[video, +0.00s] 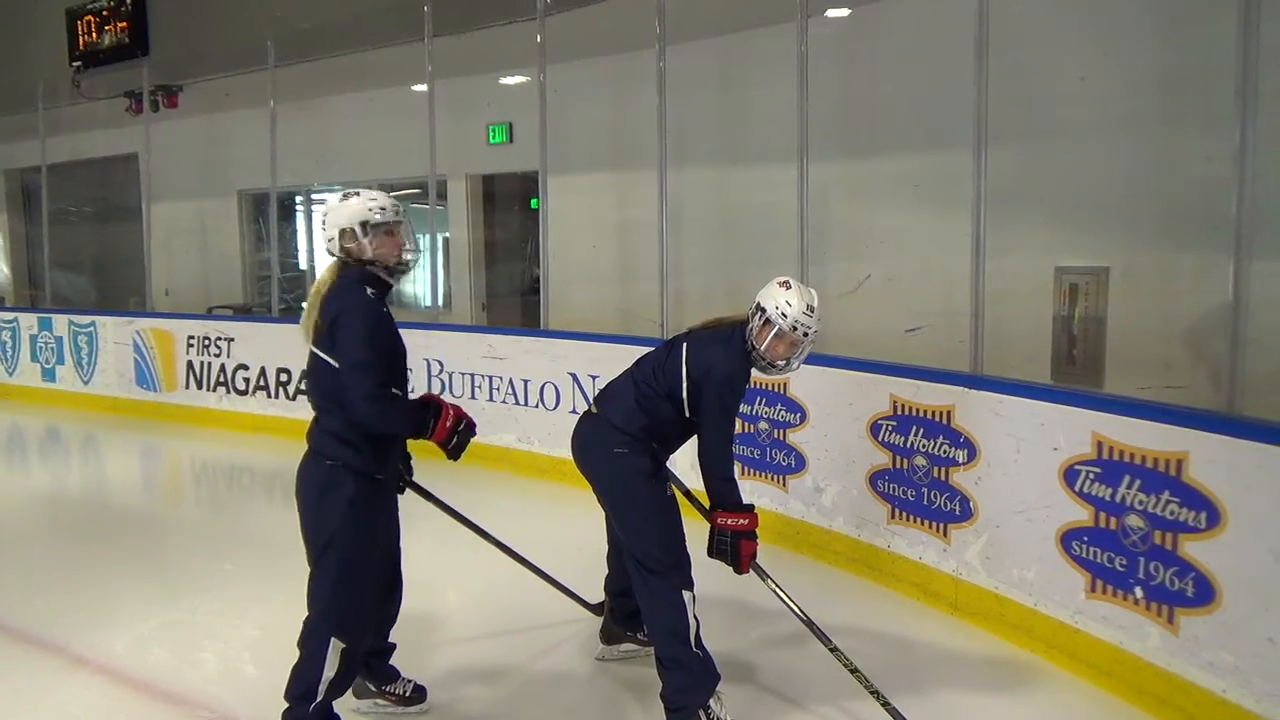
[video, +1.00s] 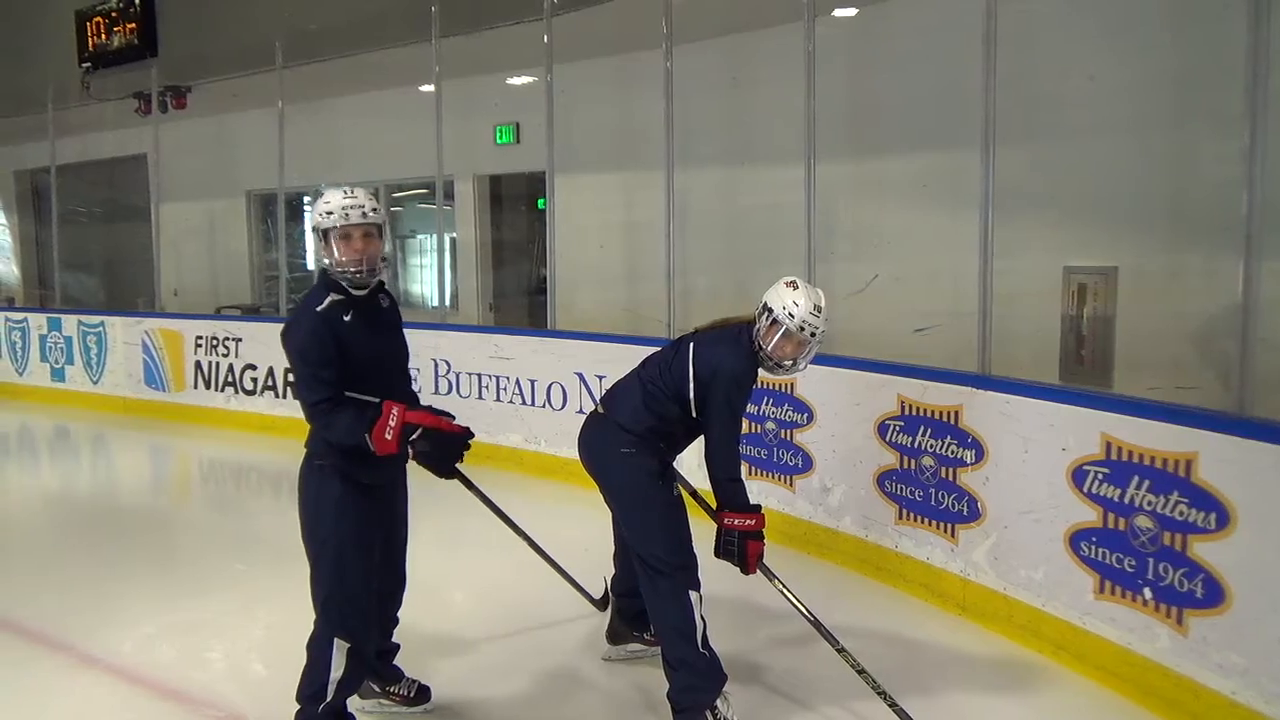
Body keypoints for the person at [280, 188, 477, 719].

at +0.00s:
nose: (400, 241)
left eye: (400, 231)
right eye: (387, 232)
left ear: (391, 238)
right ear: (356, 240)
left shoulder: (359, 295)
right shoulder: (354, 301)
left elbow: (351, 392)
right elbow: (365, 399)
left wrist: (390, 448)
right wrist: (429, 417)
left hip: (363, 469)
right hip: (342, 475)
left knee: (378, 579)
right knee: (341, 598)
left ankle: (372, 672)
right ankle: (307, 708)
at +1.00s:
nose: (359, 249)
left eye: (368, 236)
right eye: (346, 239)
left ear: (383, 241)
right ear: (325, 248)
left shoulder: (383, 305)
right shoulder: (312, 319)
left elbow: (399, 389)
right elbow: (323, 411)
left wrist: (428, 432)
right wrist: (394, 430)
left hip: (385, 468)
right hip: (336, 474)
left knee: (386, 577)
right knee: (344, 597)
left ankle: (373, 669)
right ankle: (320, 707)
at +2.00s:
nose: (361, 253)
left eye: (368, 239)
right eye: (346, 243)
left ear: (381, 242)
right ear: (324, 251)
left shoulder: (385, 303)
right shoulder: (317, 320)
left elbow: (394, 387)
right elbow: (344, 408)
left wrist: (417, 447)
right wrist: (423, 415)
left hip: (386, 466)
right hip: (339, 474)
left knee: (388, 576)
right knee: (346, 599)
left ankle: (378, 668)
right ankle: (325, 707)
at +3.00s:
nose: (409, 239)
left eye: (406, 229)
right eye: (397, 230)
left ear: (372, 239)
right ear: (367, 239)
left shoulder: (359, 293)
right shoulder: (368, 300)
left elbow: (368, 394)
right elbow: (410, 387)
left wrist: (404, 460)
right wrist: (466, 396)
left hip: (371, 469)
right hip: (356, 474)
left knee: (387, 579)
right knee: (353, 596)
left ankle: (377, 670)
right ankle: (328, 706)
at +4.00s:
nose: (401, 245)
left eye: (401, 235)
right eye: (388, 236)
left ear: (389, 240)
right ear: (356, 241)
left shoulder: (360, 294)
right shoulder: (356, 299)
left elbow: (360, 395)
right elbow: (391, 393)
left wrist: (400, 455)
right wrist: (444, 402)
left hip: (372, 470)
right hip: (348, 474)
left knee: (388, 579)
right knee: (348, 596)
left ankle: (377, 672)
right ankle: (318, 708)